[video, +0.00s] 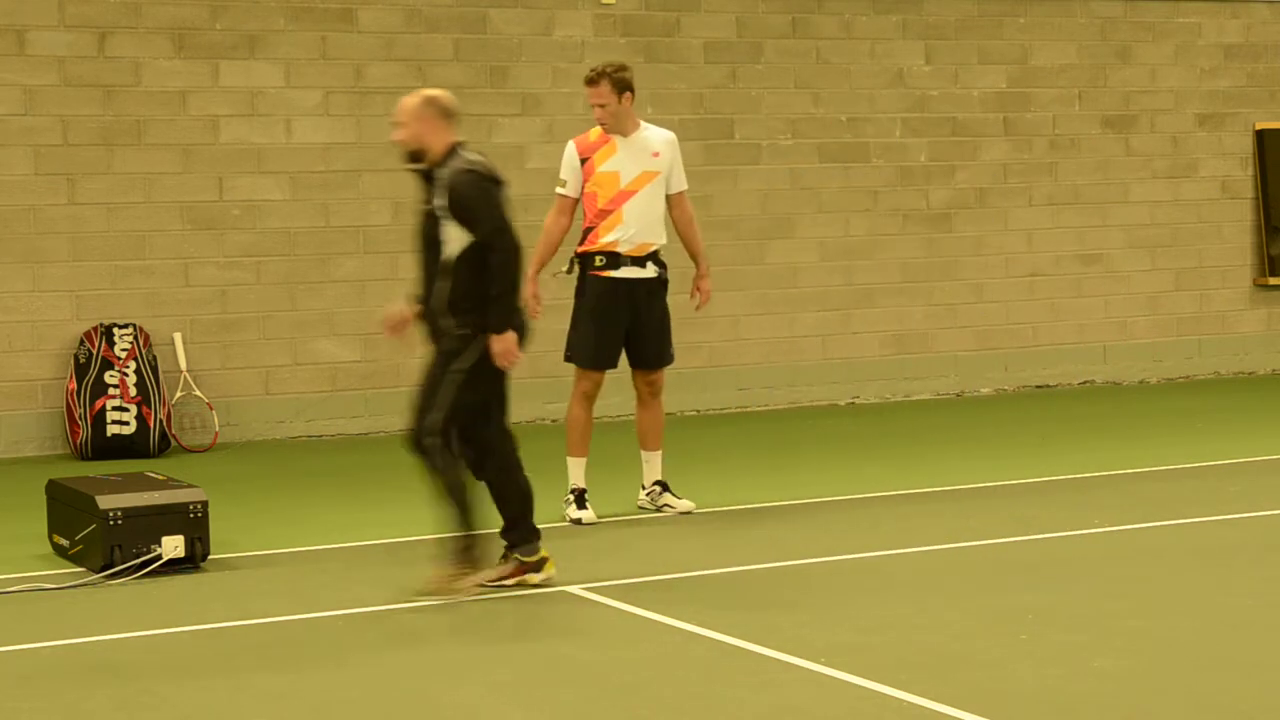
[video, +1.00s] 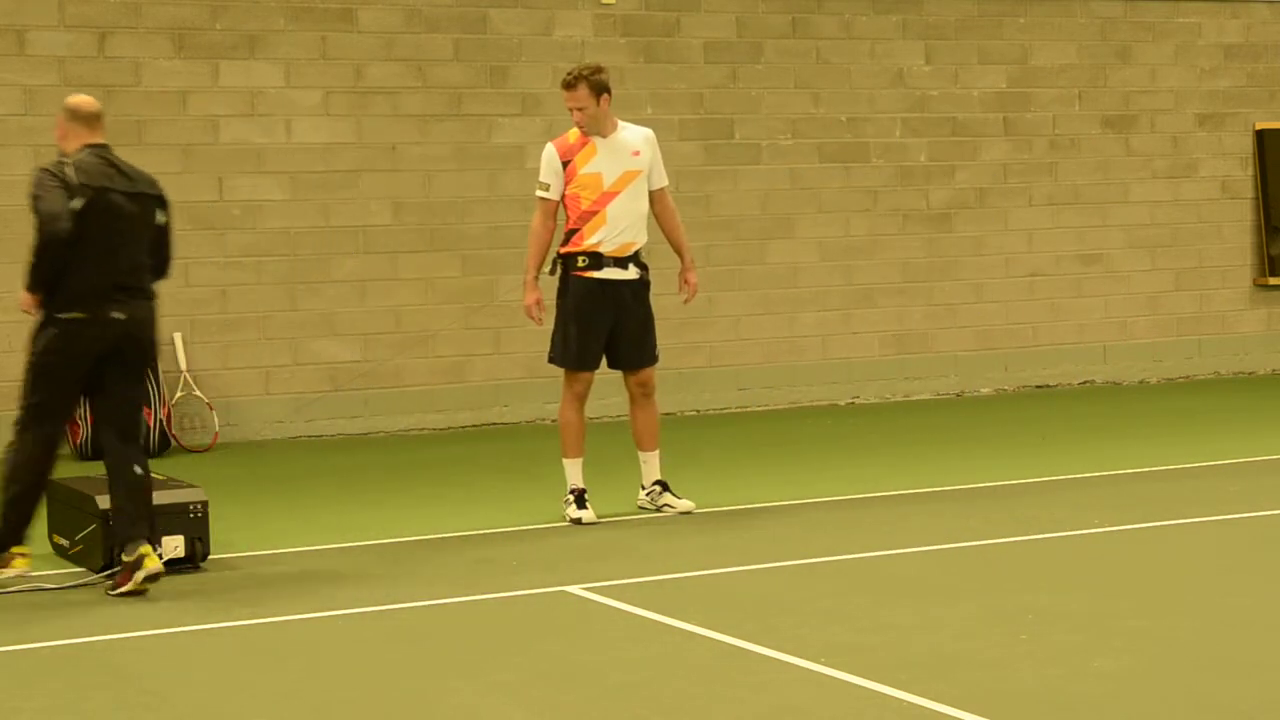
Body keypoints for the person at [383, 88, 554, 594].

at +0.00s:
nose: (396, 134)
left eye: (403, 124)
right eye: (398, 125)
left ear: (433, 124)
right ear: (430, 125)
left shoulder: (466, 178)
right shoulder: (438, 178)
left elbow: (503, 249)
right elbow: (448, 260)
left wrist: (503, 324)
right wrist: (416, 307)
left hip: (476, 335)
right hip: (459, 333)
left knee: (432, 432)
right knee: (487, 439)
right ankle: (527, 550)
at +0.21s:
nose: (306, 143)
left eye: (312, 132)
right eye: (306, 134)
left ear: (341, 131)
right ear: (337, 133)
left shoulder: (383, 192)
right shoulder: (344, 192)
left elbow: (422, 257)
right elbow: (358, 266)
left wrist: (417, 332)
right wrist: (327, 304)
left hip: (384, 345)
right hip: (366, 343)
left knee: (343, 451)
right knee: (408, 448)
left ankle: (340, 572)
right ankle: (490, 527)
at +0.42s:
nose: (221, 146)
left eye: (225, 136)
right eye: (221, 136)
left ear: (250, 137)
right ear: (253, 135)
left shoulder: (285, 192)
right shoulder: (264, 188)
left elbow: (318, 267)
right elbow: (284, 269)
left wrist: (261, 327)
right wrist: (258, 321)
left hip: (312, 338)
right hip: (287, 336)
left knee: (291, 450)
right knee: (254, 440)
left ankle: (335, 569)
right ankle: (326, 534)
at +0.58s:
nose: (163, 138)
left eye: (164, 128)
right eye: (163, 128)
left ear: (180, 125)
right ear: (205, 123)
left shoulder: (194, 178)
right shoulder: (246, 172)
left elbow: (213, 250)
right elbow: (303, 231)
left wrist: (166, 273)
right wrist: (288, 289)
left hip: (226, 327)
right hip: (255, 323)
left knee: (241, 441)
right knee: (192, 437)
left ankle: (311, 551)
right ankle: (171, 552)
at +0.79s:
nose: (102, 154)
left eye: (103, 146)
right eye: (104, 145)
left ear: (113, 145)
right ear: (147, 142)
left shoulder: (116, 197)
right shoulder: (195, 198)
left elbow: (119, 269)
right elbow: (221, 281)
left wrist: (87, 322)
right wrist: (190, 318)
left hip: (138, 346)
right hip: (189, 347)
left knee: (88, 441)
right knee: (142, 450)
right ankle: (140, 564)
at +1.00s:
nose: (56, 137)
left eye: (57, 130)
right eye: (59, 130)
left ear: (65, 129)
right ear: (102, 128)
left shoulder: (56, 175)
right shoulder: (146, 185)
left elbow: (56, 228)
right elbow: (158, 264)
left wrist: (36, 286)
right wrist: (109, 273)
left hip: (72, 327)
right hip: (133, 328)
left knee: (37, 434)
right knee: (123, 439)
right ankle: (138, 548)